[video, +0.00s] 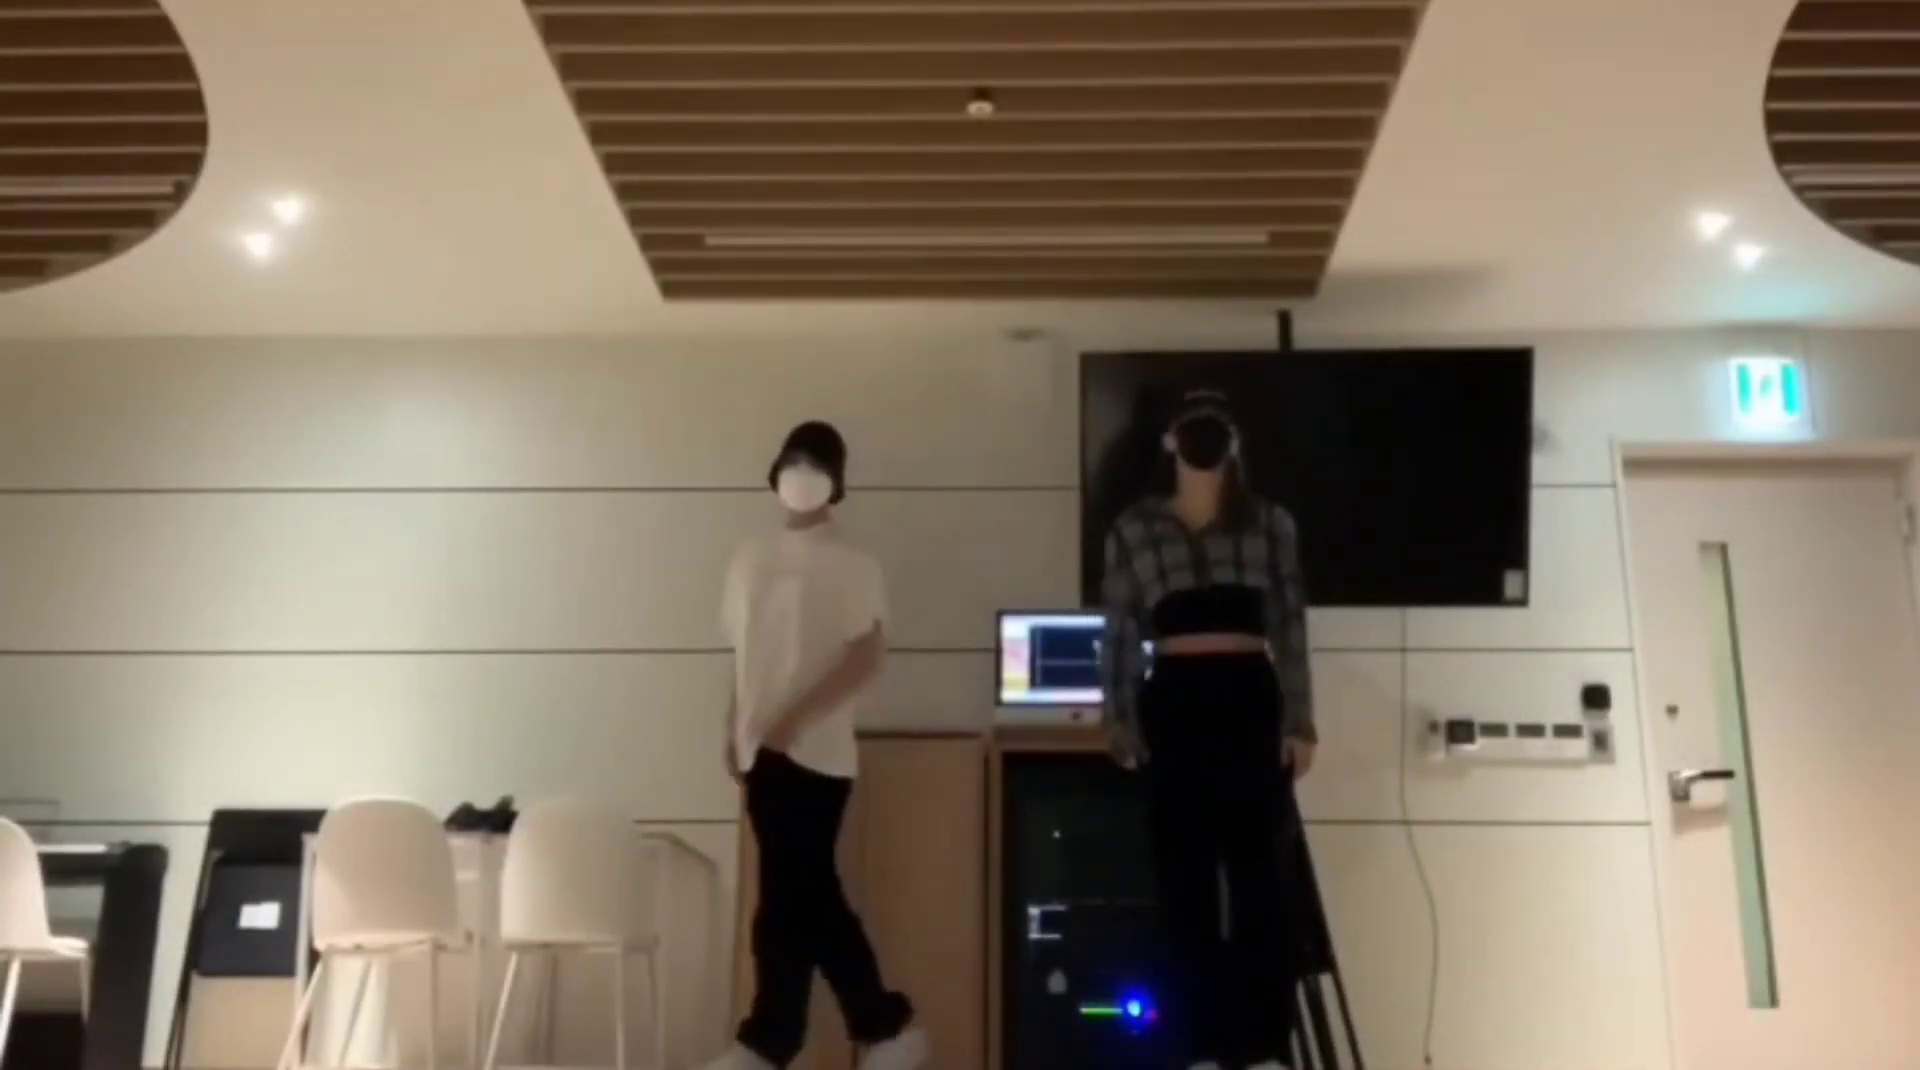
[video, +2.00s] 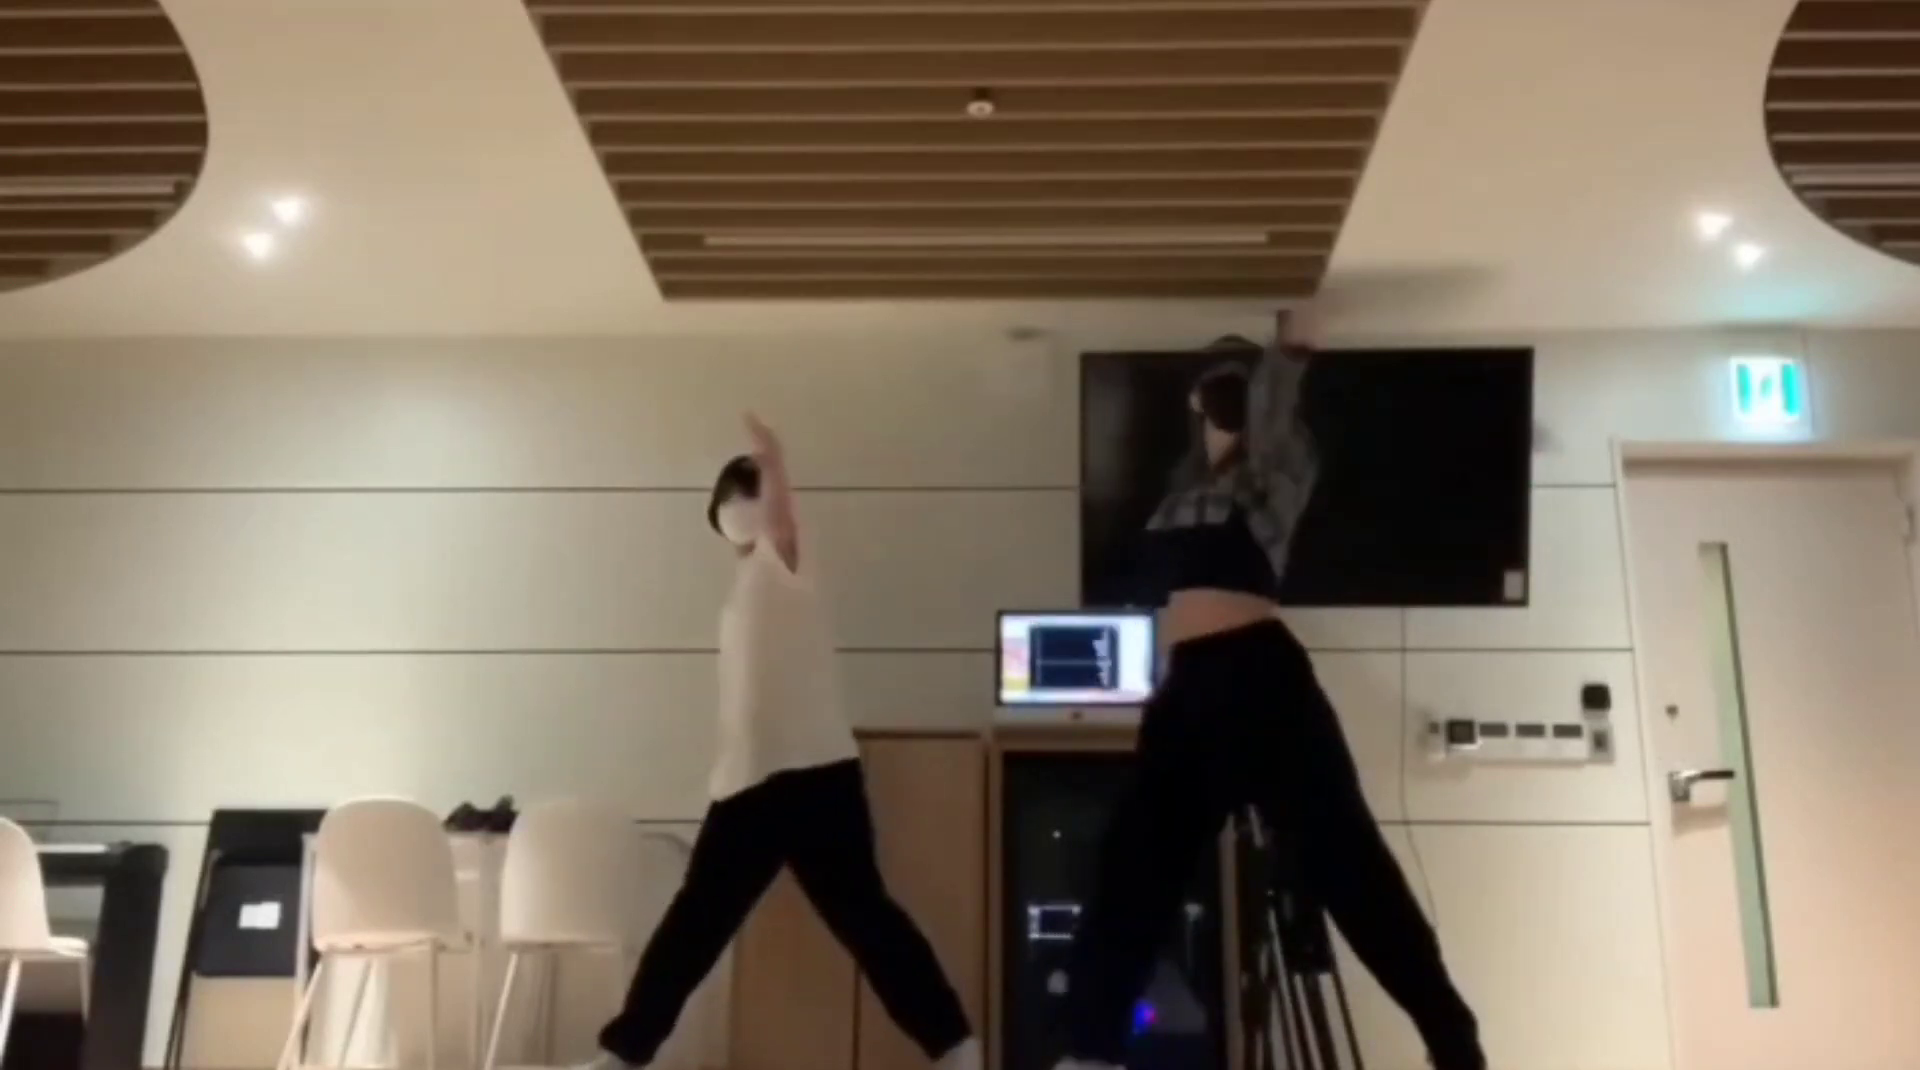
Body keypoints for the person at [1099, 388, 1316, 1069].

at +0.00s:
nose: (1206, 441)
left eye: (1217, 430)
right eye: (1192, 430)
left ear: (1237, 445)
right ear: (1168, 443)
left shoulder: (1271, 525)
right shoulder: (1135, 529)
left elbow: (1291, 628)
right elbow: (1119, 632)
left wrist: (1299, 721)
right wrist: (1119, 719)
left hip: (1250, 714)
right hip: (1175, 715)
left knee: (1260, 875)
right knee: (1184, 877)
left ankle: (1262, 1038)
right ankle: (1200, 1038)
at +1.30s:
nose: (1169, 410)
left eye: (1181, 397)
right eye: (1153, 399)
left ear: (1201, 413)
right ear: (1129, 417)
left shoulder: (1228, 494)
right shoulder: (1096, 493)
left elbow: (1244, 586)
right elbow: (1056, 585)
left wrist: (1237, 634)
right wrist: (1085, 678)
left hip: (1202, 689)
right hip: (1123, 688)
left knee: (1194, 829)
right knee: (1108, 839)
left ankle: (1186, 971)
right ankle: (1100, 993)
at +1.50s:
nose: (1177, 418)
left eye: (1188, 407)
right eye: (1163, 407)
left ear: (1207, 423)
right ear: (1137, 424)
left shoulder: (1229, 497)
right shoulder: (1100, 506)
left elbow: (1260, 561)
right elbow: (1068, 596)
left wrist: (1309, 573)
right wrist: (1092, 652)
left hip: (1222, 698)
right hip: (1134, 700)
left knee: (1291, 852)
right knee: (1083, 858)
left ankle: (1405, 1032)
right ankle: (1090, 1035)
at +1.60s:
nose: (1175, 423)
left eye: (1188, 411)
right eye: (1162, 412)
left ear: (1210, 429)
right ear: (1140, 428)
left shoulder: (1244, 489)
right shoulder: (1121, 507)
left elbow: (1346, 527)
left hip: (1253, 695)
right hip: (1167, 712)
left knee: (1348, 861)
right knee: (1105, 864)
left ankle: (1446, 1056)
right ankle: (1086, 1041)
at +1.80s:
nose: (1200, 413)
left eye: (1210, 401)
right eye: (1193, 401)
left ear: (1225, 418)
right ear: (1174, 418)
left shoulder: (1251, 476)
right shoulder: (1149, 498)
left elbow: (1338, 467)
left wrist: (1455, 451)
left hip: (1260, 683)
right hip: (1183, 702)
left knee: (1358, 860)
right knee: (1121, 865)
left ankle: (1447, 1050)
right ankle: (1083, 1041)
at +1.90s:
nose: (1218, 403)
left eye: (1233, 391)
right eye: (1207, 393)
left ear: (1252, 412)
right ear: (1189, 413)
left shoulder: (1264, 474)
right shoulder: (1174, 494)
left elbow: (1298, 417)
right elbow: (1175, 607)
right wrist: (1157, 675)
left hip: (1263, 674)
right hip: (1185, 687)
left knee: (1347, 856)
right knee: (1134, 861)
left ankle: (1449, 1040)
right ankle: (1084, 1036)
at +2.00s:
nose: (1213, 417)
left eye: (1228, 400)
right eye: (1207, 403)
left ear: (1253, 407)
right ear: (1199, 412)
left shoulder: (1276, 476)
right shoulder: (1185, 490)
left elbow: (1269, 418)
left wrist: (1290, 355)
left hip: (1264, 674)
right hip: (1185, 686)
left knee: (1343, 856)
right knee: (1136, 867)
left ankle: (1451, 1039)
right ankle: (1092, 1044)